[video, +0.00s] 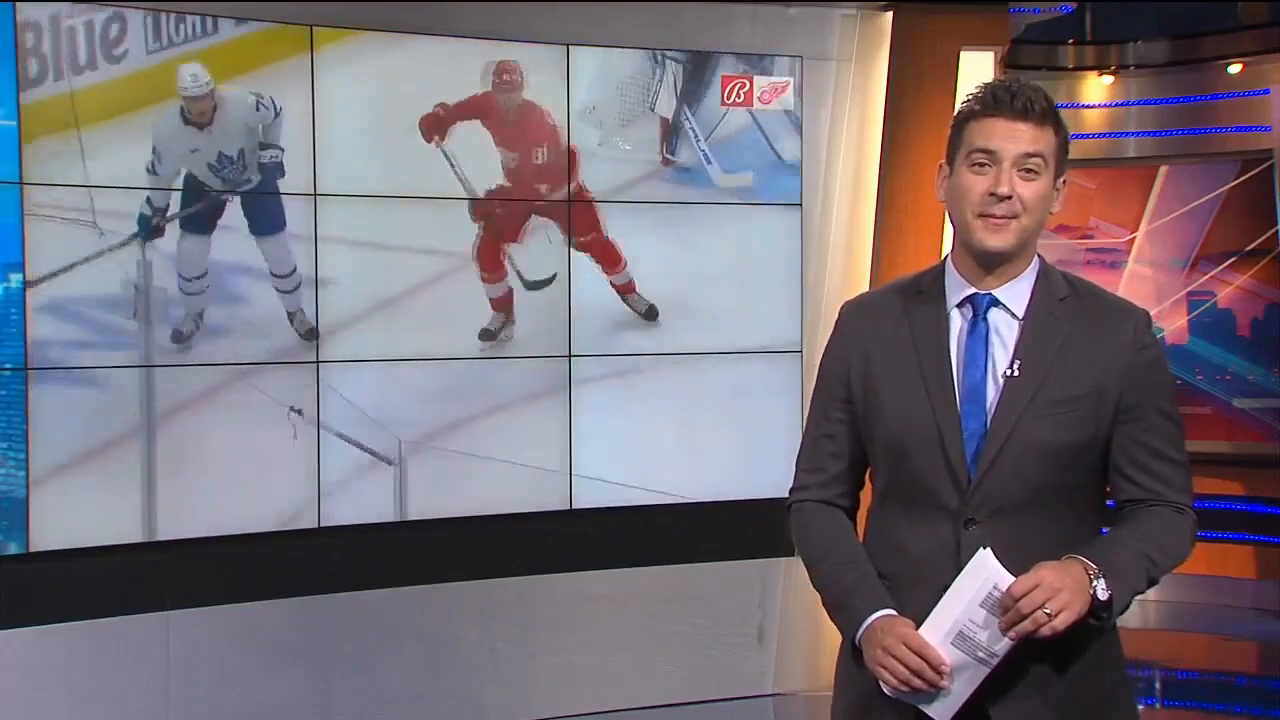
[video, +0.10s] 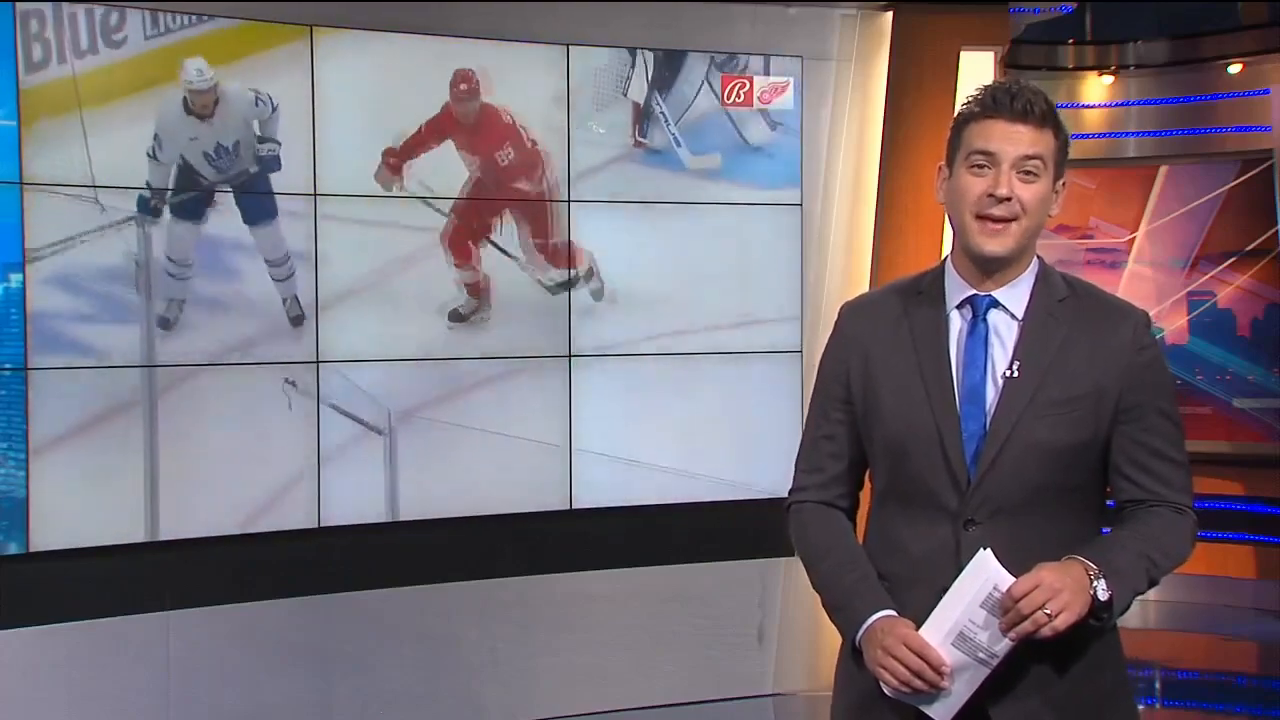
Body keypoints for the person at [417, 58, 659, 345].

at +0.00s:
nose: (506, 100)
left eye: (512, 94)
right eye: (500, 94)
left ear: (522, 91)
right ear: (492, 92)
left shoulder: (536, 118)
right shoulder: (488, 106)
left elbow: (537, 180)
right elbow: (459, 111)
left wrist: (498, 201)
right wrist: (439, 120)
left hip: (560, 191)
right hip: (519, 191)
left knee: (596, 242)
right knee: (486, 250)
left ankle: (631, 294)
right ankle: (503, 316)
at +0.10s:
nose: (465, 107)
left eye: (470, 100)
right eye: (459, 101)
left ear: (480, 98)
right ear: (451, 101)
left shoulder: (497, 122)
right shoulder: (447, 120)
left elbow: (523, 169)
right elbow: (420, 141)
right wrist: (391, 163)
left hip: (529, 182)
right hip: (487, 182)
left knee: (545, 255)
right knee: (456, 239)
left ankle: (586, 265)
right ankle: (477, 300)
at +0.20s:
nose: (445, 123)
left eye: (450, 116)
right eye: (440, 117)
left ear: (460, 113)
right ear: (433, 114)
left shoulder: (480, 132)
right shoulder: (428, 128)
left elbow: (505, 184)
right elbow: (406, 155)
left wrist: (497, 239)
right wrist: (391, 190)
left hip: (505, 182)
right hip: (464, 179)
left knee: (500, 257)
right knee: (433, 234)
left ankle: (516, 262)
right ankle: (442, 283)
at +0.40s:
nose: (461, 167)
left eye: (466, 162)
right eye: (456, 162)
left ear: (474, 158)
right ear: (448, 157)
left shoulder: (482, 176)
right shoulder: (425, 163)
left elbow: (492, 228)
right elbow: (408, 201)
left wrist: (474, 253)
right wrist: (424, 237)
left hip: (468, 215)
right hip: (430, 212)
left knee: (464, 259)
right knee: (392, 250)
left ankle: (453, 316)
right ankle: (358, 291)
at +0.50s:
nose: (457, 180)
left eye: (463, 175)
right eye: (453, 174)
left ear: (473, 172)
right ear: (447, 167)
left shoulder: (477, 190)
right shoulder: (429, 173)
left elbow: (472, 249)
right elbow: (407, 219)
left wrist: (441, 279)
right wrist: (419, 262)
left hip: (453, 226)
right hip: (417, 217)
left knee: (452, 271)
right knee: (379, 251)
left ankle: (429, 327)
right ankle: (346, 302)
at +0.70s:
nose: (491, 158)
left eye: (497, 154)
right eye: (488, 150)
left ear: (504, 154)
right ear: (480, 145)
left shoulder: (500, 182)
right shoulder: (457, 150)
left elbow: (479, 225)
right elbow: (420, 182)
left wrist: (443, 264)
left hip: (458, 217)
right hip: (422, 202)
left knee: (479, 255)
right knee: (398, 253)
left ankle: (435, 319)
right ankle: (354, 308)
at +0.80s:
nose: (524, 132)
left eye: (531, 128)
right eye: (523, 123)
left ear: (537, 129)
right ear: (515, 116)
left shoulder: (531, 155)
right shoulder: (488, 113)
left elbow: (517, 190)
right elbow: (447, 108)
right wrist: (453, 143)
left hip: (487, 196)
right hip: (449, 180)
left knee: (502, 245)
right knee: (418, 233)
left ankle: (455, 303)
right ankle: (363, 297)